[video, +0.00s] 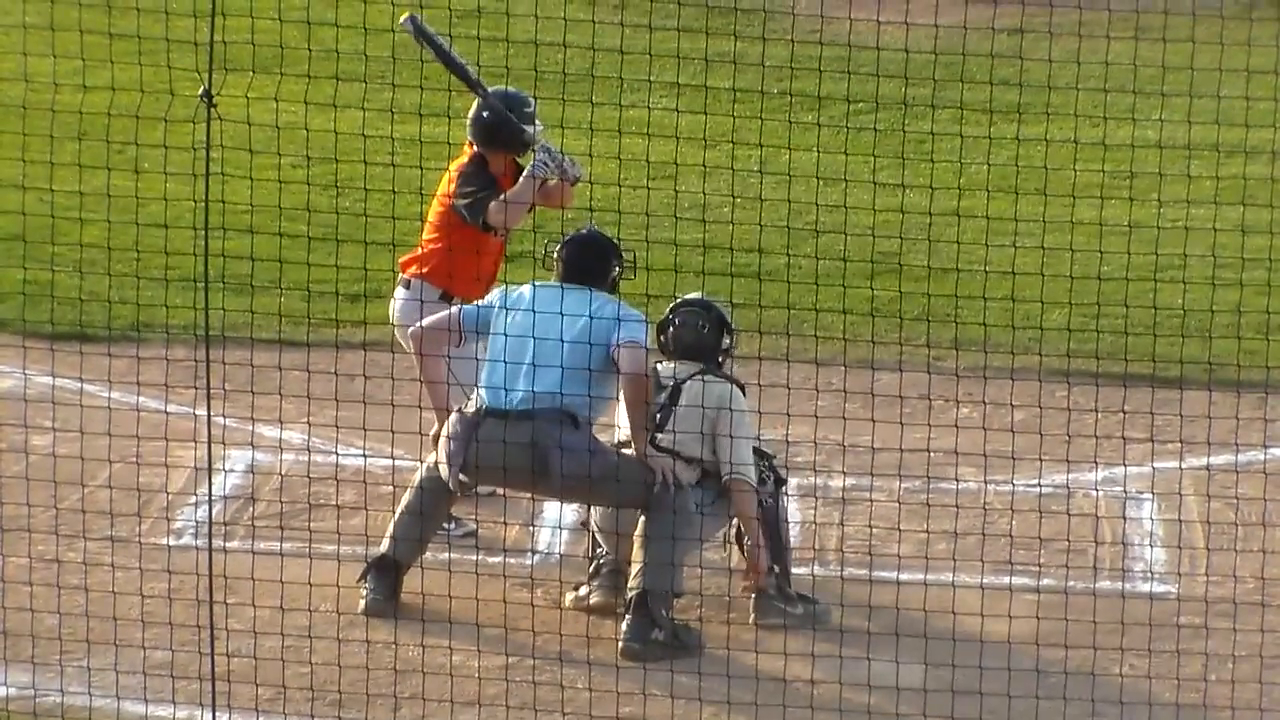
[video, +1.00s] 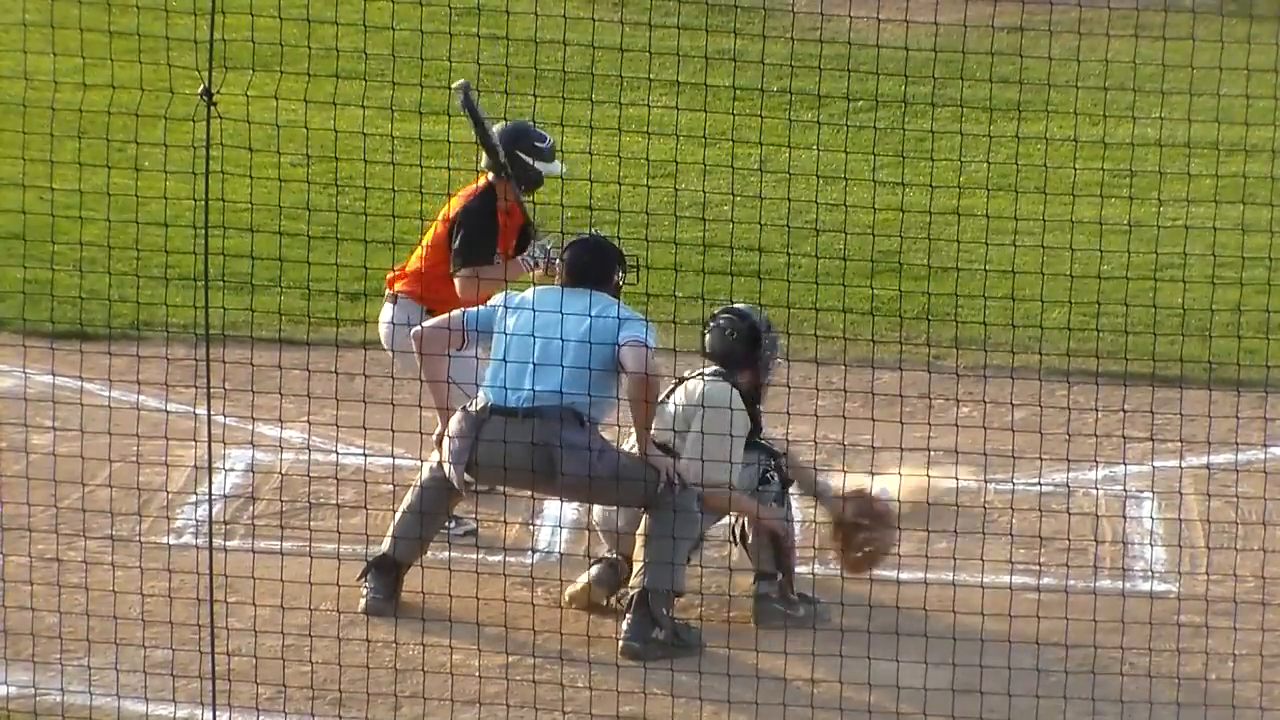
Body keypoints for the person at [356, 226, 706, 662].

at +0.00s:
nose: (616, 280)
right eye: (614, 272)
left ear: (557, 268)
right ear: (609, 277)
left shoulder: (509, 297)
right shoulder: (621, 314)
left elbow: (426, 333)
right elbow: (633, 368)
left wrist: (443, 411)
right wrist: (641, 444)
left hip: (478, 441)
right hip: (559, 449)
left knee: (439, 473)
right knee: (666, 489)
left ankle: (382, 577)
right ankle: (647, 617)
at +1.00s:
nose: (621, 285)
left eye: (616, 275)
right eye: (619, 276)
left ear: (560, 273)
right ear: (612, 281)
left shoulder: (515, 302)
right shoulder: (623, 316)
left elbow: (427, 336)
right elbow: (638, 369)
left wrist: (449, 414)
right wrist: (646, 442)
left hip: (483, 443)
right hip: (562, 448)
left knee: (446, 471)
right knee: (677, 496)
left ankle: (383, 576)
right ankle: (649, 619)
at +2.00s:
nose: (517, 134)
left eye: (511, 126)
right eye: (515, 127)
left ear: (456, 129)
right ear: (509, 131)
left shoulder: (408, 176)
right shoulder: (532, 183)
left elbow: (375, 277)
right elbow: (543, 272)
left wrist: (399, 335)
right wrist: (554, 358)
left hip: (420, 336)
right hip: (496, 337)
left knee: (408, 447)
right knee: (572, 461)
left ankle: (378, 578)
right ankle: (581, 597)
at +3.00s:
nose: (542, 93)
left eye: (538, 84)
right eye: (541, 85)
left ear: (481, 86)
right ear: (534, 90)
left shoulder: (433, 136)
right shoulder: (560, 148)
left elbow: (412, 243)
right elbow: (575, 258)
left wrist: (420, 316)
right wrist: (600, 335)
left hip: (440, 317)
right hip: (515, 323)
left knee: (429, 452)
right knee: (524, 463)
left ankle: (403, 603)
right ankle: (504, 604)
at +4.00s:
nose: (498, 97)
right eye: (499, 89)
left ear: (438, 88)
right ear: (495, 92)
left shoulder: (394, 141)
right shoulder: (523, 146)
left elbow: (368, 250)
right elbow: (539, 254)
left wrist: (358, 329)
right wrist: (542, 332)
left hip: (414, 323)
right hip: (492, 325)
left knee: (406, 470)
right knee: (521, 467)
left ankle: (402, 613)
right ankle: (525, 607)